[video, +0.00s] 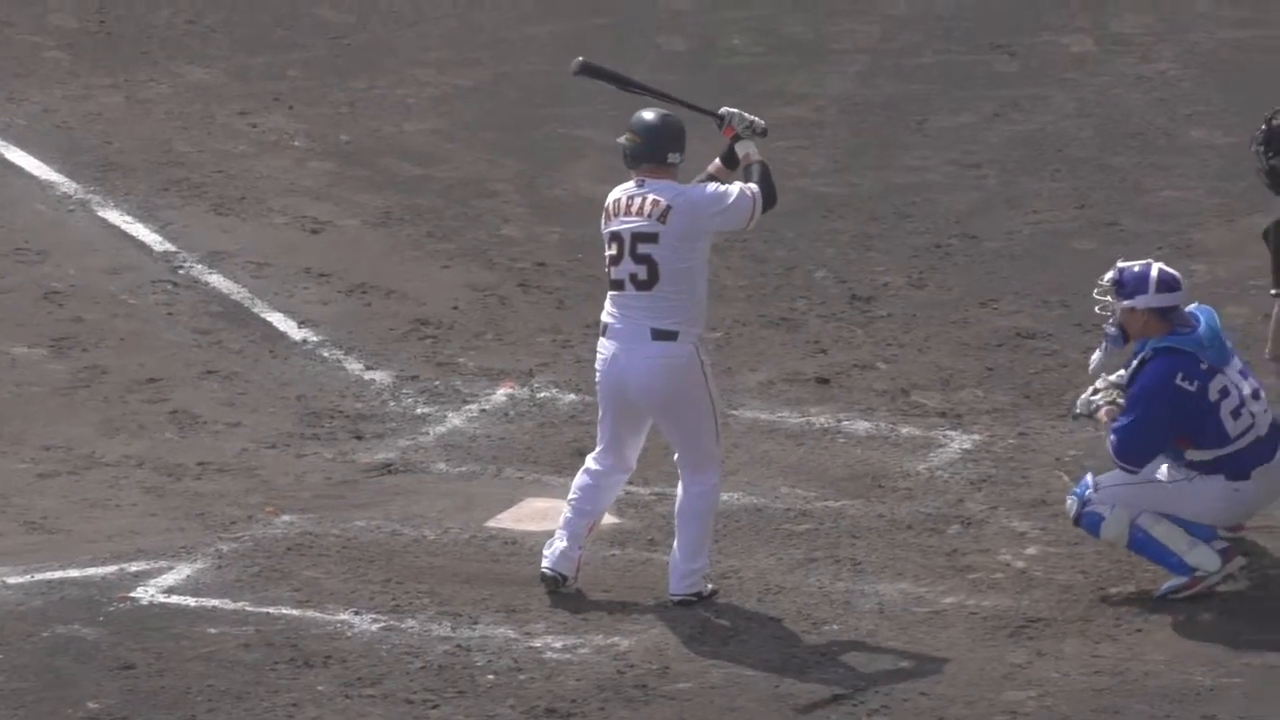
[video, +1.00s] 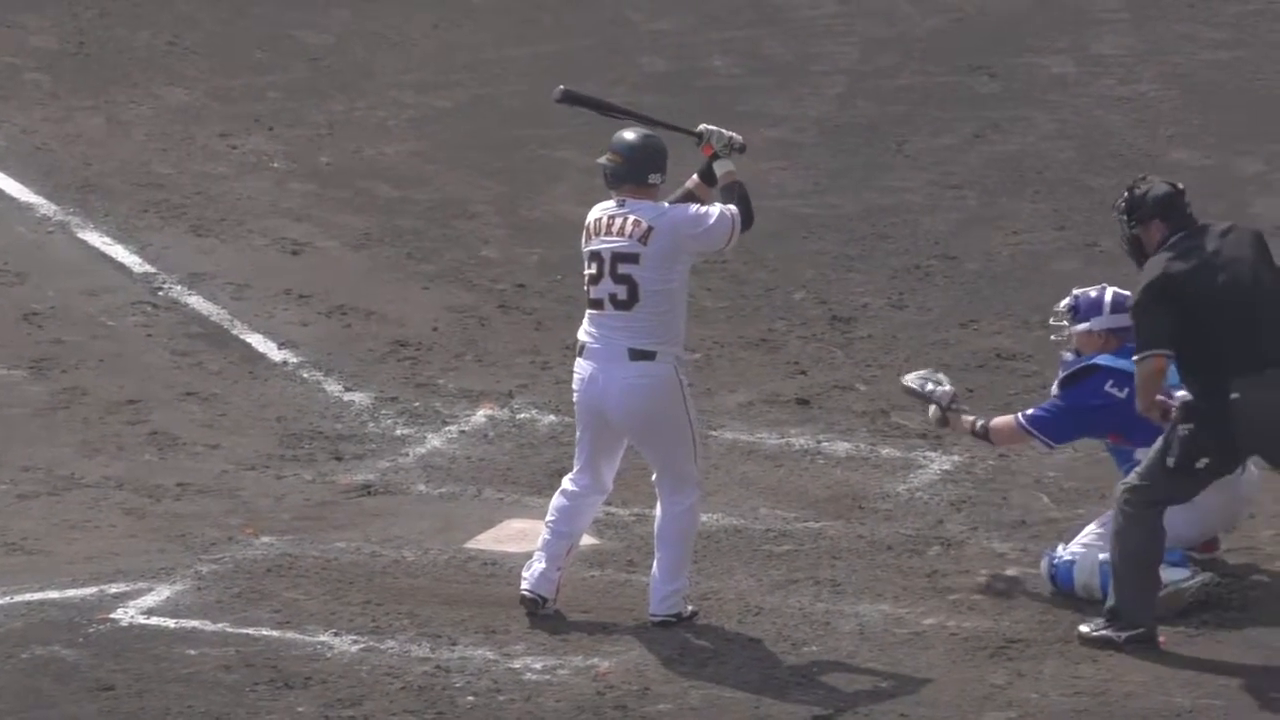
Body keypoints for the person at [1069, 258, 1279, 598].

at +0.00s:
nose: (1114, 314)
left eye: (1120, 307)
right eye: (1116, 306)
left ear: (1144, 314)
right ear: (1168, 307)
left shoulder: (1159, 375)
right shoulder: (1201, 321)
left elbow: (1129, 458)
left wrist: (1107, 414)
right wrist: (1124, 384)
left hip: (1233, 491)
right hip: (1269, 467)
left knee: (1088, 501)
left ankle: (1205, 564)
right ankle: (1221, 523)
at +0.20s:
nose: (1112, 313)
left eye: (1118, 306)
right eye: (1113, 305)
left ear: (1141, 312)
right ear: (1165, 307)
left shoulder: (1158, 367)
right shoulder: (1195, 328)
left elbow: (1121, 448)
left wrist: (1097, 414)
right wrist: (1117, 391)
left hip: (1228, 493)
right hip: (1264, 472)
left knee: (1083, 507)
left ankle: (1196, 571)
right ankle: (1209, 532)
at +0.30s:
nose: (1112, 316)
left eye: (1118, 308)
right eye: (1114, 307)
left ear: (1141, 314)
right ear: (1160, 311)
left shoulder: (1154, 362)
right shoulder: (1190, 332)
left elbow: (1120, 445)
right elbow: (1130, 388)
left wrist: (1080, 432)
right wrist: (1089, 410)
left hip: (1216, 494)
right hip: (1242, 477)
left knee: (1081, 515)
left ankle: (1189, 574)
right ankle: (1203, 540)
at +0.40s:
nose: (1109, 319)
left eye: (1115, 311)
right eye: (1110, 310)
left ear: (1138, 316)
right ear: (1162, 313)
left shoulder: (1152, 364)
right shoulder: (1196, 335)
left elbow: (1119, 450)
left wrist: (1073, 463)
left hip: (1211, 495)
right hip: (1245, 481)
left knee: (1076, 528)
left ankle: (1188, 578)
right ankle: (1201, 553)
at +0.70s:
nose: (1089, 327)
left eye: (1096, 319)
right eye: (1091, 318)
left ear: (1121, 326)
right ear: (1149, 322)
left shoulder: (1125, 375)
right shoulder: (1187, 345)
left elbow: (1083, 451)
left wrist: (1029, 469)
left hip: (1171, 493)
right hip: (1217, 478)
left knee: (1066, 563)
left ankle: (1180, 582)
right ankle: (1202, 541)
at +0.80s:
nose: (1081, 330)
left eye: (1088, 321)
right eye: (1082, 321)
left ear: (1114, 329)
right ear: (1131, 325)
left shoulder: (1117, 375)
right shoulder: (1165, 349)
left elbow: (1061, 443)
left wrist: (1005, 446)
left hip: (1191, 495)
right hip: (1238, 483)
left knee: (1066, 563)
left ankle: (1172, 580)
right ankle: (1200, 546)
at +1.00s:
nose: (1069, 337)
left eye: (1076, 330)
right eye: (1070, 329)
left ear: (1104, 337)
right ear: (1117, 335)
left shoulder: (1099, 387)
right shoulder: (1158, 357)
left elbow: (1020, 431)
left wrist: (962, 421)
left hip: (1194, 495)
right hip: (1237, 474)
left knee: (1063, 564)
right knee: (1143, 465)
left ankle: (1178, 579)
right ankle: (1200, 546)